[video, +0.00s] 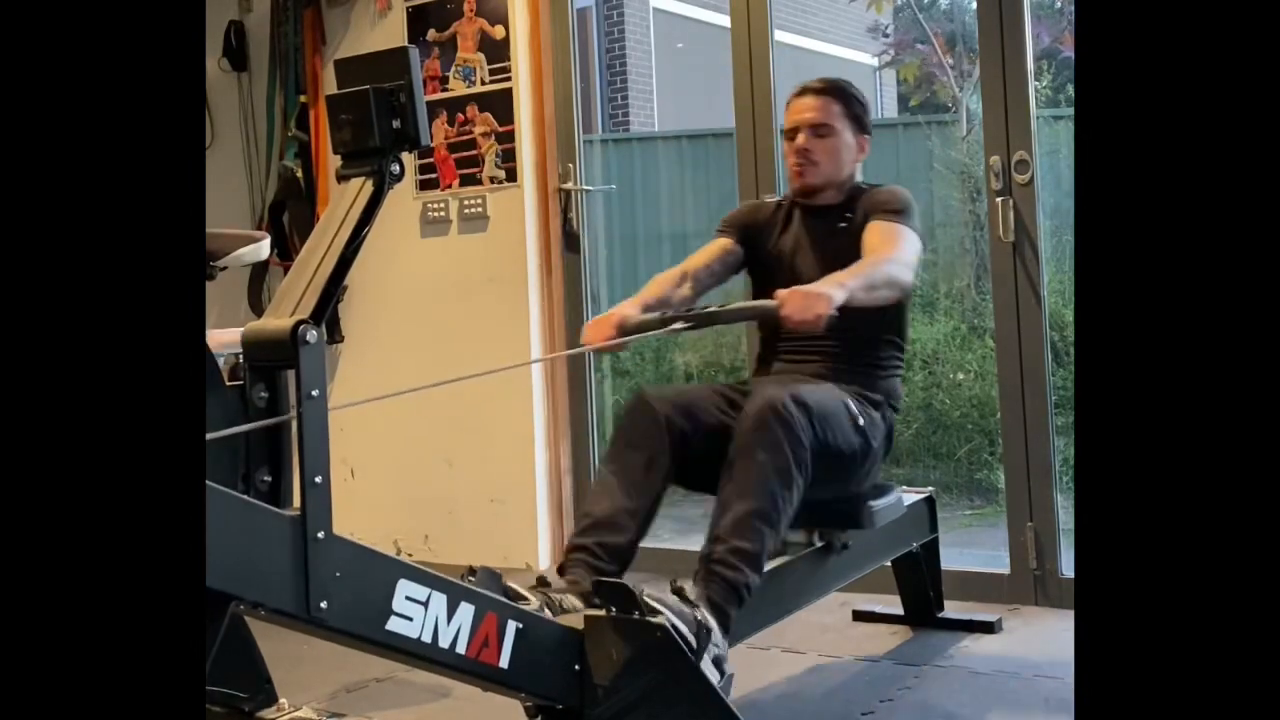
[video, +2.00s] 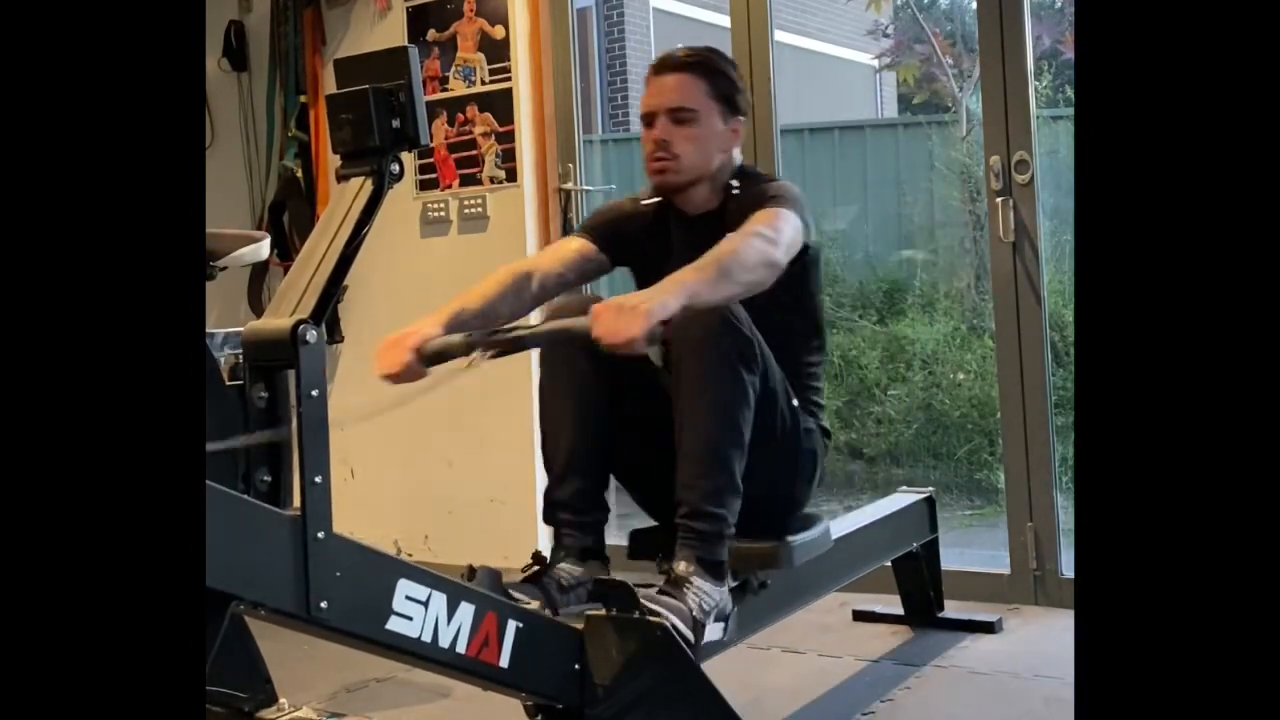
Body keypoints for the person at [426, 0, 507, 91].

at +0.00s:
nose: (471, 7)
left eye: (473, 4)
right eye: (468, 4)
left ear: (476, 7)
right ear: (463, 7)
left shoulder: (480, 22)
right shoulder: (457, 25)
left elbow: (494, 34)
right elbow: (445, 36)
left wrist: (498, 32)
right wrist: (435, 36)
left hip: (474, 60)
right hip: (460, 60)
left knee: (474, 89)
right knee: (457, 89)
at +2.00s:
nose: (471, 7)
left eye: (473, 5)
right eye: (468, 5)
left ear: (476, 8)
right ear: (463, 8)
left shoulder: (480, 22)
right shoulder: (457, 25)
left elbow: (493, 33)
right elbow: (445, 36)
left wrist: (498, 32)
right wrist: (435, 36)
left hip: (474, 60)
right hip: (460, 59)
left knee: (474, 89)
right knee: (458, 89)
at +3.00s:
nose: (471, 7)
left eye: (473, 4)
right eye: (468, 4)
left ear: (476, 7)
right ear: (463, 8)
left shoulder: (480, 22)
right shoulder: (457, 25)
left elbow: (493, 34)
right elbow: (445, 36)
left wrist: (498, 32)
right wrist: (435, 36)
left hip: (474, 60)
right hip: (460, 59)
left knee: (474, 89)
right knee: (458, 89)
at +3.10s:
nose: (471, 7)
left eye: (473, 4)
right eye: (468, 4)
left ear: (476, 7)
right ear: (463, 8)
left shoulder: (480, 22)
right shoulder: (457, 25)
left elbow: (493, 34)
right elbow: (445, 36)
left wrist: (498, 32)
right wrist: (434, 36)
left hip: (474, 60)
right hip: (460, 59)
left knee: (474, 89)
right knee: (458, 89)